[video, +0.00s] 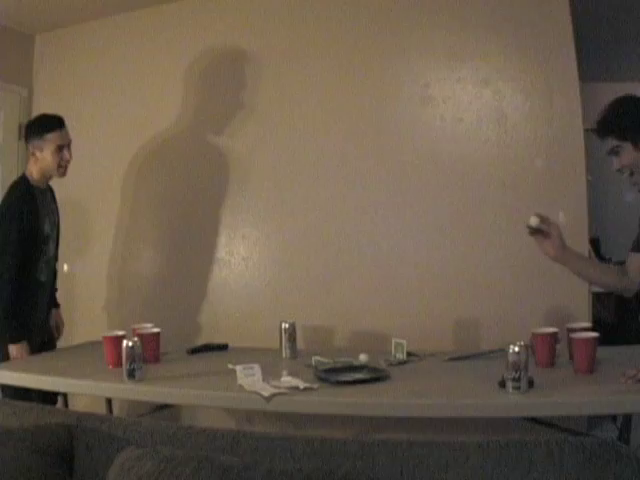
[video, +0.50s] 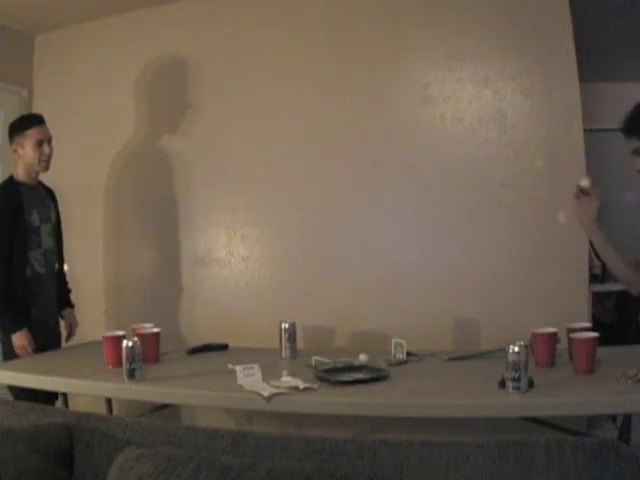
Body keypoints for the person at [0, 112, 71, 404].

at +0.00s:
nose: (67, 156)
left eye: (68, 147)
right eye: (60, 149)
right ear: (35, 152)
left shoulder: (47, 195)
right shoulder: (15, 203)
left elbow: (47, 259)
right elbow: (8, 271)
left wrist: (53, 305)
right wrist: (14, 336)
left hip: (41, 321)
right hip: (17, 327)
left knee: (46, 402)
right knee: (21, 407)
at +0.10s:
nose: (62, 152)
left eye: (63, 143)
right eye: (54, 145)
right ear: (29, 150)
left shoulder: (48, 194)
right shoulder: (12, 200)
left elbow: (52, 257)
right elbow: (7, 269)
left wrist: (57, 305)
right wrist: (15, 332)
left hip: (43, 319)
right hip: (17, 324)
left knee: (46, 403)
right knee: (21, 406)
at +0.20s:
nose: (56, 148)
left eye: (57, 140)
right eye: (48, 141)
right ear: (25, 147)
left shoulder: (48, 195)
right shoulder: (9, 197)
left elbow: (54, 257)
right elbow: (6, 266)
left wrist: (62, 305)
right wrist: (17, 329)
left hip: (44, 316)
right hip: (17, 321)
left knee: (48, 401)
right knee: (23, 404)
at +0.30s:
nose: (52, 148)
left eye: (53, 139)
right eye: (43, 140)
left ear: (55, 142)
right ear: (21, 147)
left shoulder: (48, 194)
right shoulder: (6, 195)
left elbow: (54, 258)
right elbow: (4, 265)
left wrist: (65, 304)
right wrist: (16, 327)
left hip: (46, 314)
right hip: (17, 319)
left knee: (52, 400)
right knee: (25, 404)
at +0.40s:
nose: (49, 148)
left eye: (50, 140)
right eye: (41, 141)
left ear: (53, 142)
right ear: (18, 147)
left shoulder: (48, 195)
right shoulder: (5, 195)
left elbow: (55, 259)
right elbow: (4, 267)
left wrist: (66, 304)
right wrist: (15, 326)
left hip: (47, 314)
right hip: (17, 318)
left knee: (50, 400)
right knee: (26, 404)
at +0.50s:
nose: (47, 150)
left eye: (49, 142)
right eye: (39, 144)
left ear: (52, 144)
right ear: (17, 149)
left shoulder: (48, 196)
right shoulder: (5, 196)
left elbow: (55, 260)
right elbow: (4, 268)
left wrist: (66, 305)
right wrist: (13, 326)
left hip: (47, 313)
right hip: (16, 317)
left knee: (48, 398)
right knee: (26, 401)